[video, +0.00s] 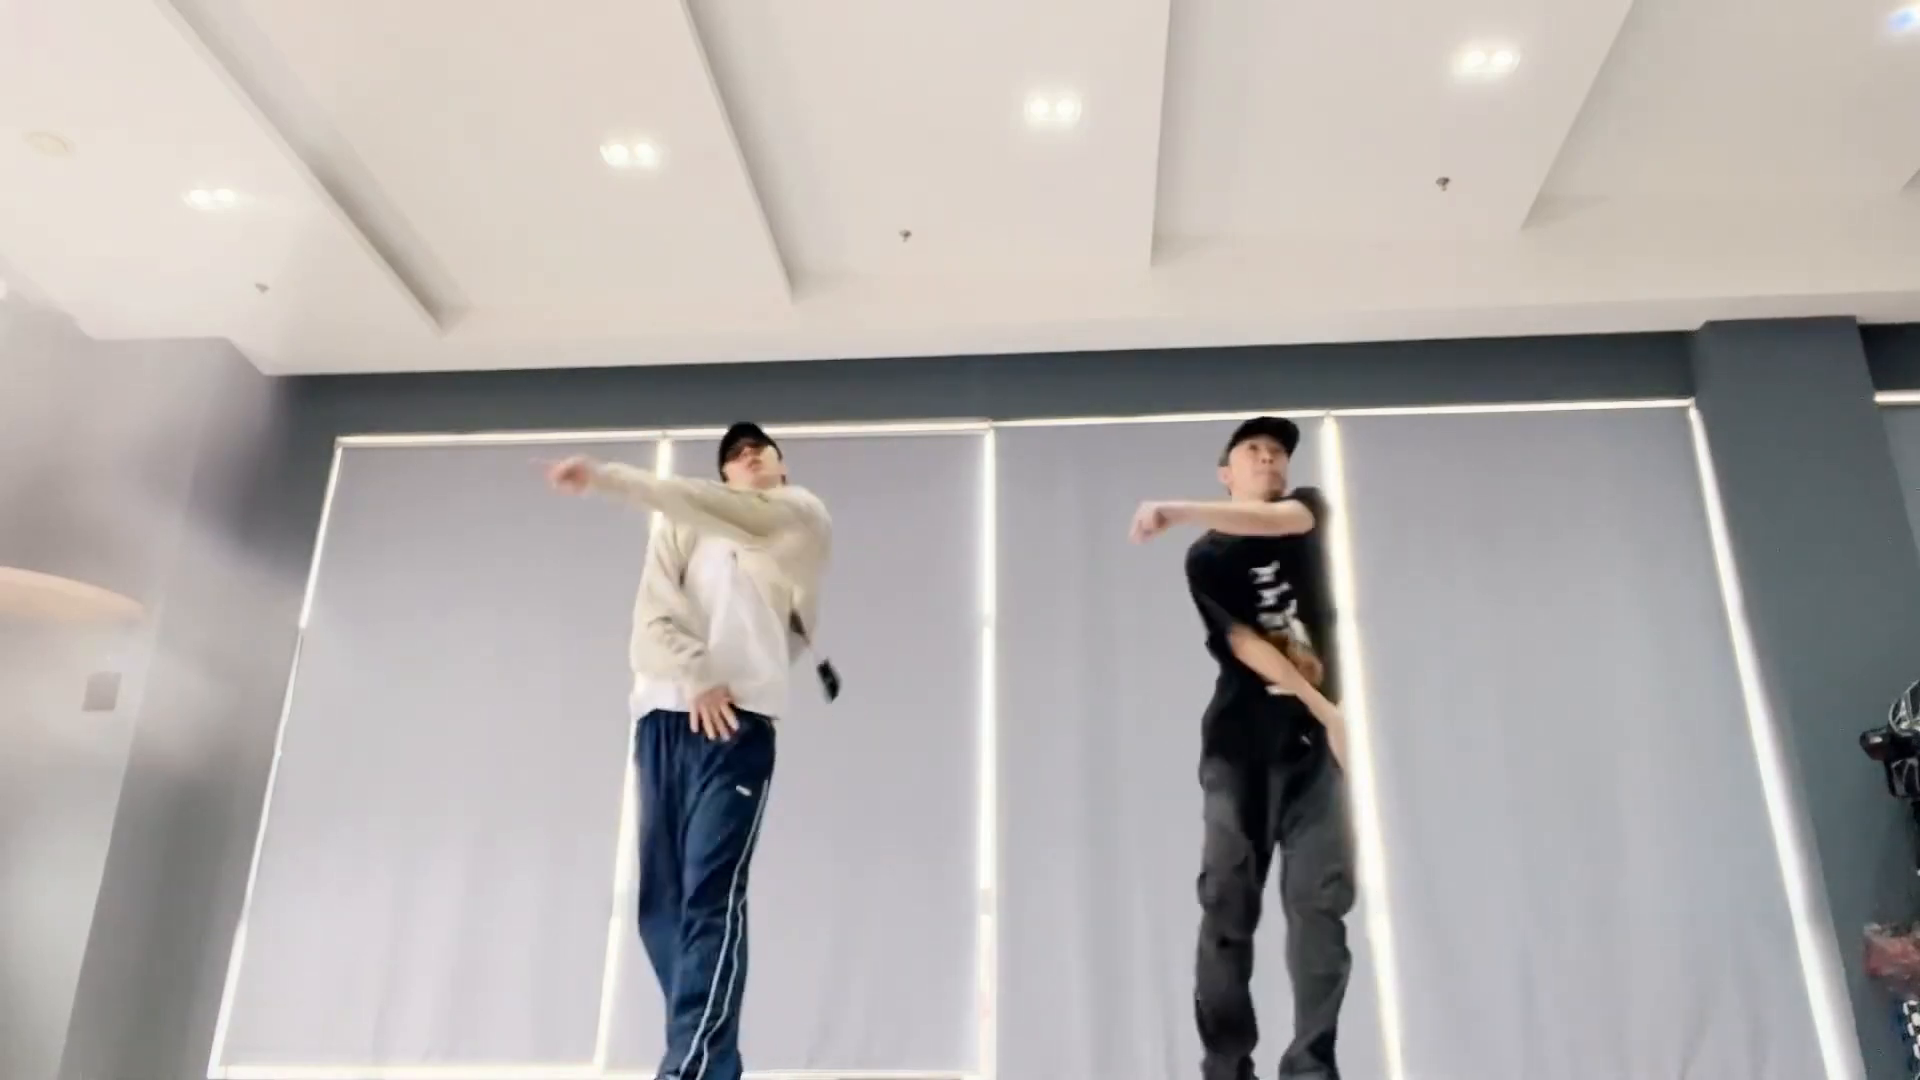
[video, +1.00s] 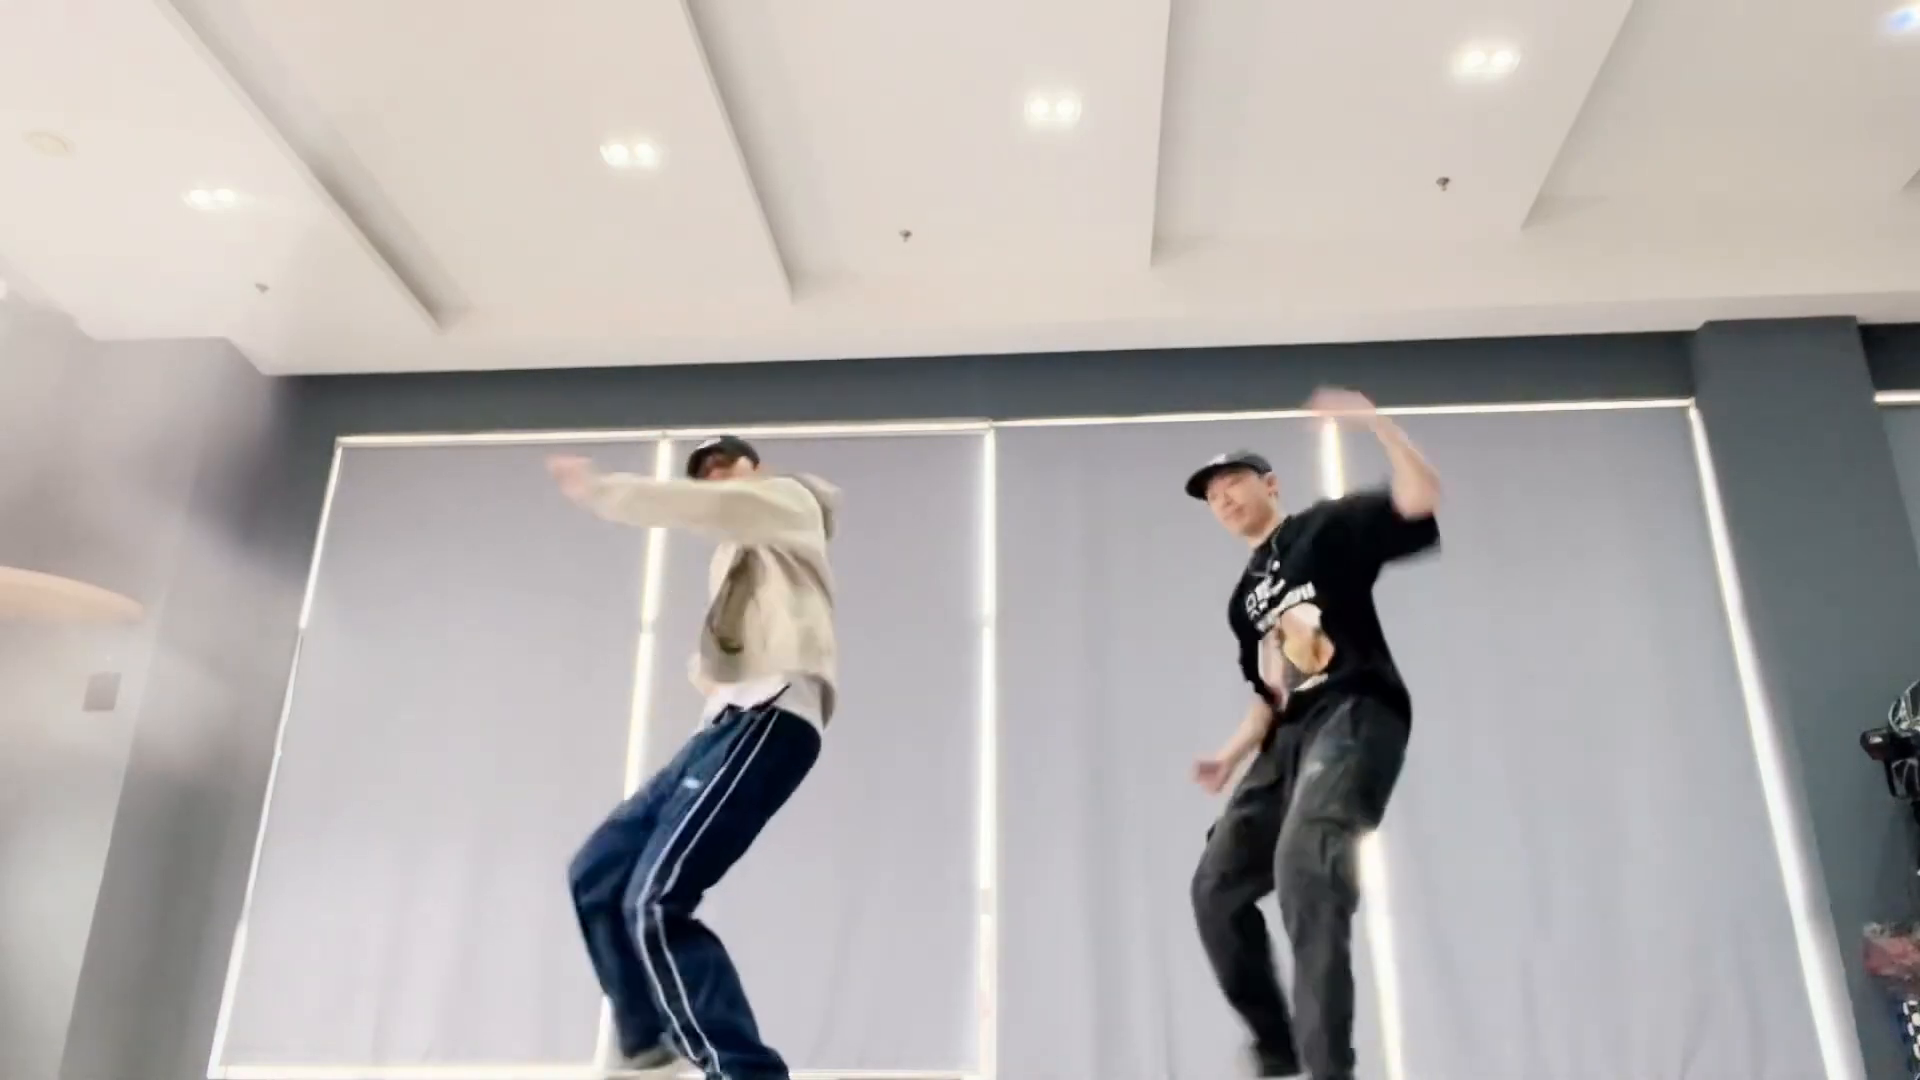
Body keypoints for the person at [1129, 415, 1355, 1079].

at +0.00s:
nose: (1266, 463)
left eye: (1276, 455)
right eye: (1252, 454)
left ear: (1289, 471)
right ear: (1224, 472)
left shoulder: (1311, 511)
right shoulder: (1208, 557)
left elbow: (1278, 519)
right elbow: (1245, 644)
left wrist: (1181, 511)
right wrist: (1325, 709)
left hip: (1316, 736)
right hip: (1240, 740)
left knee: (1319, 898)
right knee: (1228, 901)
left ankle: (1313, 1065)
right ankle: (1226, 1068)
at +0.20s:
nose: (1233, 494)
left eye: (1244, 484)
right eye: (1219, 486)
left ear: (1261, 500)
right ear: (1198, 506)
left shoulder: (1295, 554)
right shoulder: (1200, 586)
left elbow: (1415, 589)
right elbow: (1204, 676)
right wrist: (1248, 719)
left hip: (1308, 741)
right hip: (1259, 760)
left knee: (1267, 889)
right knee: (1219, 912)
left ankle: (1384, 1058)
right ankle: (1298, 1060)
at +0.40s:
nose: (1241, 474)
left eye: (1248, 467)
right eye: (1223, 468)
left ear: (1262, 482)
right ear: (1198, 492)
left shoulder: (1298, 523)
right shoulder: (1193, 582)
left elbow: (1324, 539)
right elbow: (1231, 669)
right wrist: (1322, 711)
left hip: (1340, 728)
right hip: (1265, 751)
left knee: (1334, 868)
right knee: (1226, 909)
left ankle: (1372, 1064)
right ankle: (1311, 1065)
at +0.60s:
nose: (1256, 481)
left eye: (1258, 473)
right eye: (1237, 476)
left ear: (1270, 483)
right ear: (1209, 499)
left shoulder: (1309, 526)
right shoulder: (1208, 586)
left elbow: (1301, 541)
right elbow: (1258, 674)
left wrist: (1208, 516)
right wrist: (1354, 722)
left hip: (1348, 758)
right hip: (1272, 770)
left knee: (1392, 878)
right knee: (1281, 913)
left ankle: (1384, 1062)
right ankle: (1252, 1068)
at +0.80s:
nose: (1251, 502)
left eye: (1258, 488)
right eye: (1235, 499)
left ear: (1283, 496)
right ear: (1227, 523)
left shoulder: (1336, 558)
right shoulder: (1225, 601)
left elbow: (1439, 560)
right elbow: (1226, 697)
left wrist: (1445, 601)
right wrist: (1278, 726)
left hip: (1334, 753)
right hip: (1268, 773)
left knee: (1254, 887)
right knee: (1240, 927)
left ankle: (1324, 1063)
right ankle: (1379, 1063)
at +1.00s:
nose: (1226, 500)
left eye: (1235, 483)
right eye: (1215, 497)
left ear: (1270, 484)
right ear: (1215, 514)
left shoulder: (1324, 525)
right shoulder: (1245, 598)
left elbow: (1420, 501)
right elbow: (1272, 696)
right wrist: (1230, 756)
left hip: (1355, 709)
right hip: (1289, 736)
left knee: (1305, 863)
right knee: (1215, 889)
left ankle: (1327, 1067)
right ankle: (1277, 1050)